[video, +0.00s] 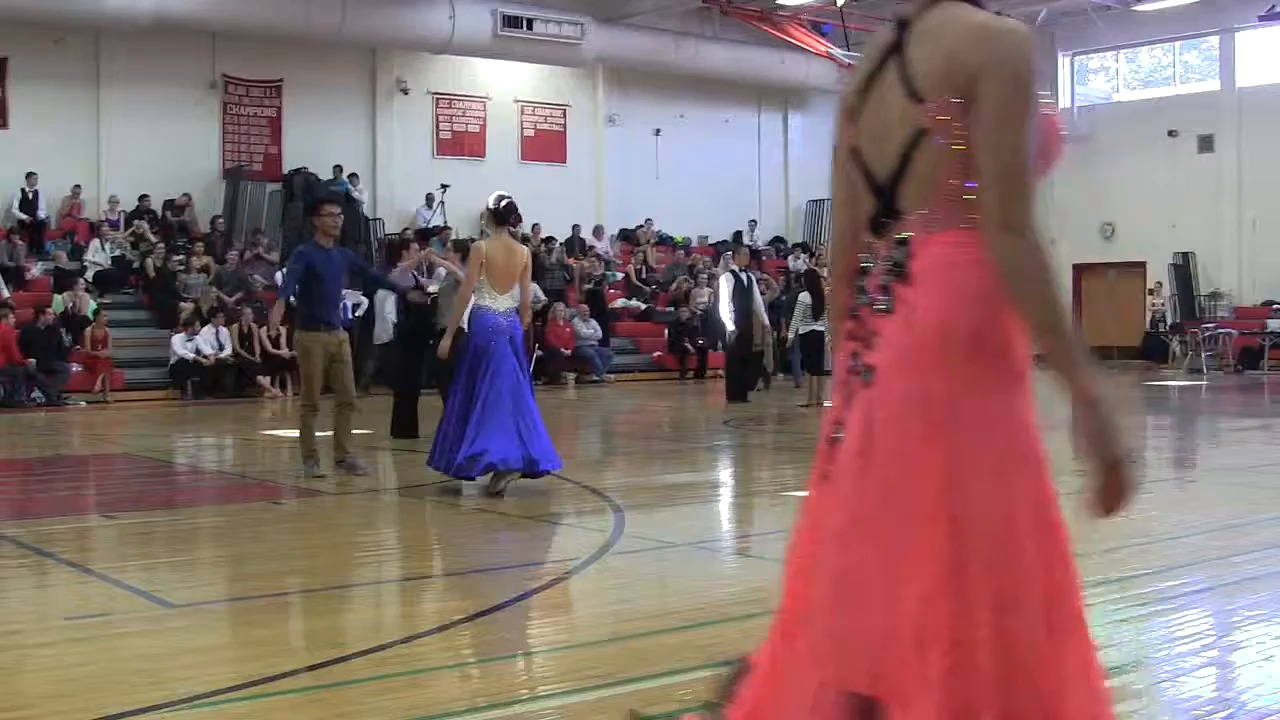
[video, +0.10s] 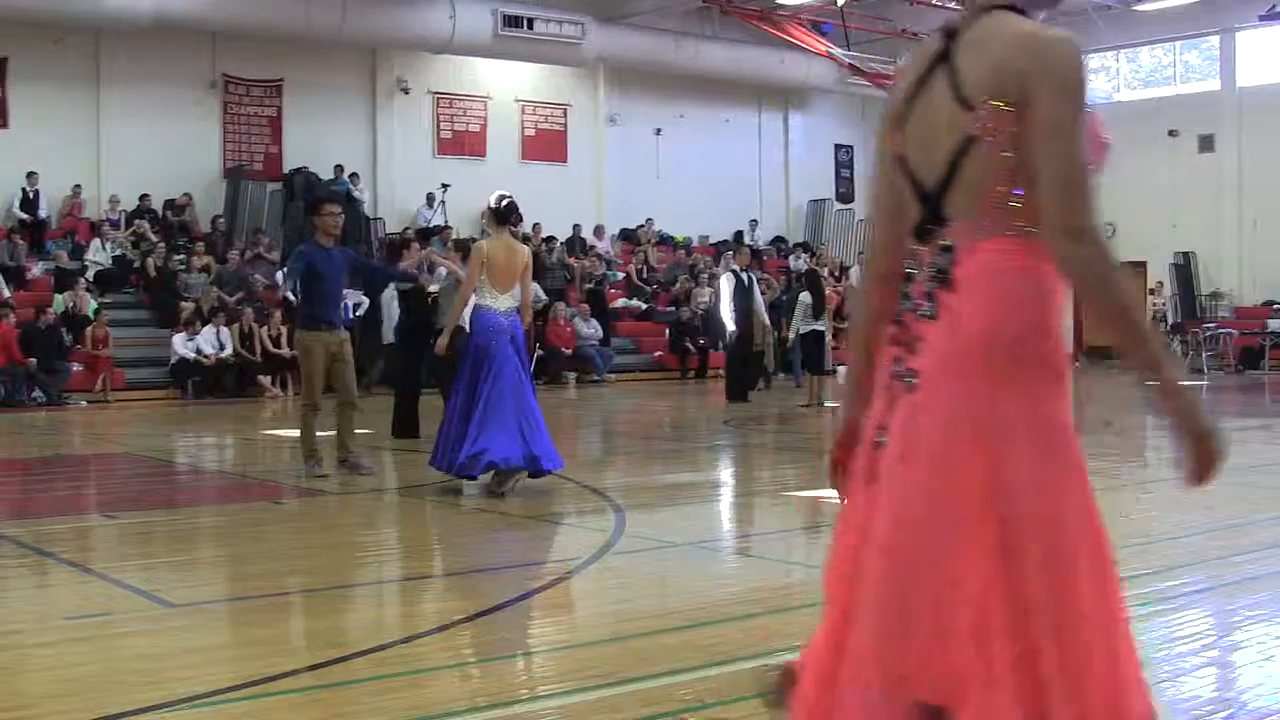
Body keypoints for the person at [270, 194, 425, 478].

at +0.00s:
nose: (337, 220)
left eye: (339, 215)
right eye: (330, 216)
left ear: (341, 219)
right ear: (316, 220)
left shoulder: (343, 255)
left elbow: (373, 276)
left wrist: (406, 291)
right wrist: (277, 311)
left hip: (338, 335)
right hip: (310, 336)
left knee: (347, 399)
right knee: (310, 402)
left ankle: (342, 456)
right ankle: (310, 459)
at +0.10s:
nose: (338, 220)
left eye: (340, 215)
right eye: (331, 215)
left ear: (342, 219)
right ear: (316, 220)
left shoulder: (344, 254)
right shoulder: (305, 252)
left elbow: (378, 270)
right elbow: (289, 279)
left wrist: (414, 276)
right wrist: (288, 294)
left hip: (340, 334)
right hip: (311, 335)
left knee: (348, 398)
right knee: (311, 402)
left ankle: (345, 455)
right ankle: (311, 458)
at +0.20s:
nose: (338, 220)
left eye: (340, 215)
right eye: (332, 215)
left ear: (343, 219)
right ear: (316, 220)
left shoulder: (346, 254)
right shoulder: (308, 251)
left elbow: (381, 264)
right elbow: (298, 261)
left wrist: (419, 263)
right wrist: (297, 264)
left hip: (341, 335)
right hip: (312, 336)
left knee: (350, 398)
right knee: (312, 402)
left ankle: (351, 456)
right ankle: (311, 459)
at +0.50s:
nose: (347, 221)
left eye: (350, 216)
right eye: (341, 216)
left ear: (354, 220)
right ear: (328, 220)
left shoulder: (358, 254)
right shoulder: (319, 252)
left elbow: (393, 254)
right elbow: (312, 276)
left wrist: (434, 249)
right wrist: (334, 246)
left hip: (357, 335)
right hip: (330, 337)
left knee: (356, 400)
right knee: (324, 401)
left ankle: (352, 457)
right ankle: (313, 458)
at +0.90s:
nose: (367, 222)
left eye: (369, 218)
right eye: (361, 217)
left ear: (371, 221)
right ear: (347, 221)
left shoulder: (374, 253)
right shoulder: (339, 249)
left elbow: (402, 254)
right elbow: (332, 255)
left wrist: (436, 249)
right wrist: (367, 254)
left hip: (373, 333)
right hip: (348, 333)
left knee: (364, 395)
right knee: (366, 394)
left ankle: (353, 452)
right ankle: (355, 455)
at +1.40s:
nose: (394, 225)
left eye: (395, 220)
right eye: (388, 220)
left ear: (396, 222)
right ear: (371, 221)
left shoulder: (395, 253)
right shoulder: (357, 252)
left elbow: (420, 255)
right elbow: (357, 276)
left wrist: (451, 248)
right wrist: (370, 294)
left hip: (396, 334)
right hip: (370, 335)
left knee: (380, 395)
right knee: (383, 397)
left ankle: (356, 452)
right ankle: (392, 457)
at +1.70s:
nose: (410, 224)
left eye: (411, 218)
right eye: (404, 219)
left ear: (412, 220)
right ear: (388, 221)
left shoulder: (414, 253)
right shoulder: (368, 252)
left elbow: (441, 252)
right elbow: (352, 272)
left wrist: (470, 244)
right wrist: (347, 286)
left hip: (412, 337)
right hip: (382, 337)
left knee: (407, 405)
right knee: (390, 403)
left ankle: (377, 436)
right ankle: (394, 459)